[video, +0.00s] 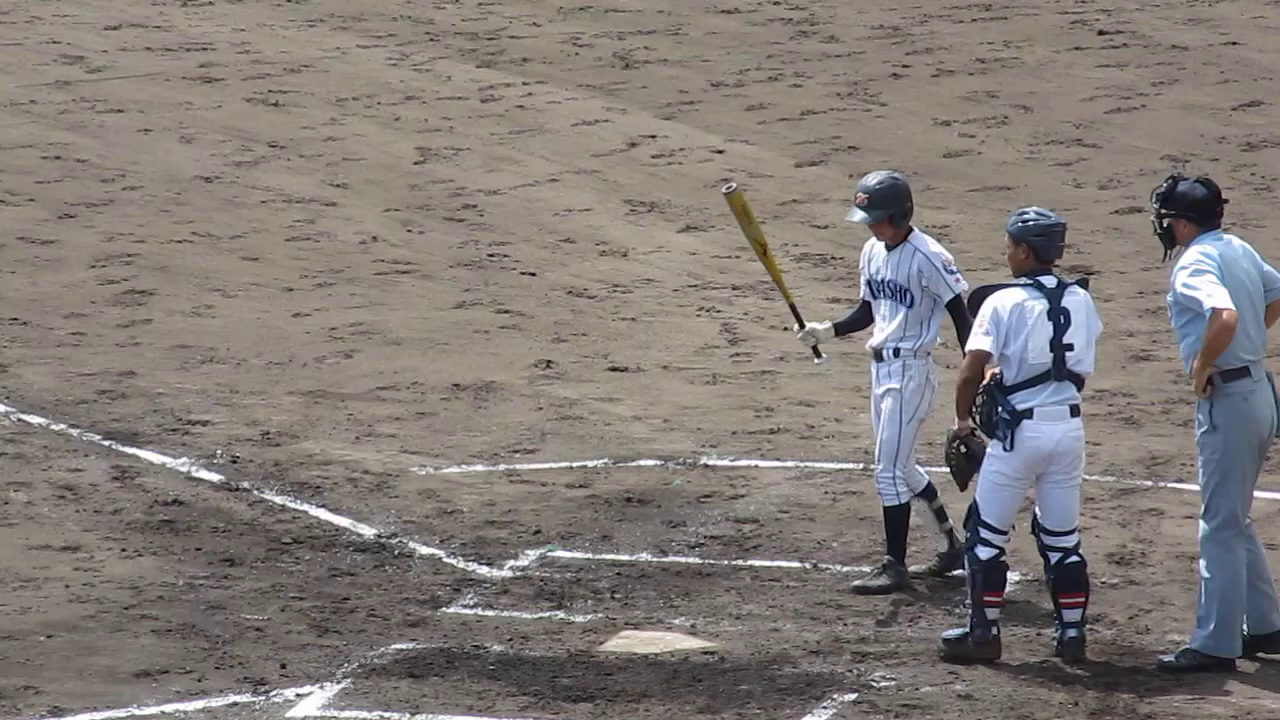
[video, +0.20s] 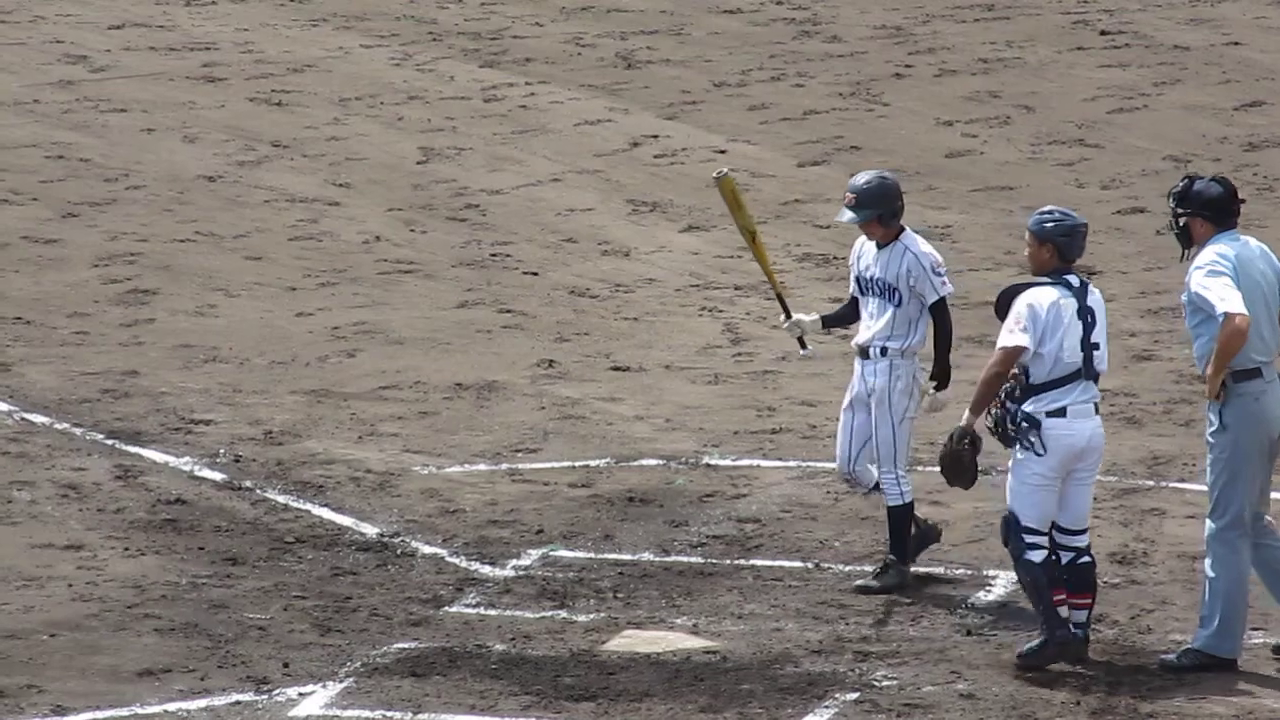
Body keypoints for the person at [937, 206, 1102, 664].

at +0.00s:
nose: (1006, 251)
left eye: (1010, 244)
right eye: (1009, 243)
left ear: (1025, 250)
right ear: (1052, 252)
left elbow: (974, 368)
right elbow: (1078, 372)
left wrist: (963, 416)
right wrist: (1010, 379)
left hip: (1019, 432)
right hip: (1070, 431)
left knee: (987, 534)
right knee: (1062, 538)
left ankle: (983, 633)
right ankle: (1072, 635)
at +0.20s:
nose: (1026, 249)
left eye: (1032, 243)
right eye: (1028, 241)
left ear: (1052, 250)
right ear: (1067, 251)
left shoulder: (1032, 300)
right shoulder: (1093, 296)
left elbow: (1003, 363)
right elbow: (1091, 367)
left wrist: (971, 417)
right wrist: (1026, 388)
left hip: (1046, 430)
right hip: (1088, 425)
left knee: (1023, 532)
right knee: (1074, 536)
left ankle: (1054, 629)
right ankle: (1077, 633)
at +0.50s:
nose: (1040, 253)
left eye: (1046, 247)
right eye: (1042, 245)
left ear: (1066, 254)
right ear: (1077, 254)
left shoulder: (1063, 301)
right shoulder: (1098, 293)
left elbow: (1054, 362)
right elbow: (1104, 368)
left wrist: (1022, 410)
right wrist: (1051, 411)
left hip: (1078, 433)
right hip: (1106, 426)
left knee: (1084, 539)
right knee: (1071, 530)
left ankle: (1121, 635)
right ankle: (1078, 628)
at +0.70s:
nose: (1042, 264)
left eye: (1048, 258)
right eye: (1045, 257)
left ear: (1068, 265)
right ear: (1080, 263)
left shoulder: (1074, 318)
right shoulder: (1107, 294)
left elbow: (1086, 383)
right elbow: (1137, 343)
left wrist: (1064, 437)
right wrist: (1104, 383)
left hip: (1095, 442)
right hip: (1123, 434)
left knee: (1104, 548)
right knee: (1075, 529)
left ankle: (1131, 644)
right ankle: (1080, 630)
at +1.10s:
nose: (1055, 279)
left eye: (1062, 274)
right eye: (1059, 273)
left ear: (1081, 285)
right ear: (1091, 282)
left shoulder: (1085, 342)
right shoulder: (1123, 311)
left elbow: (1088, 412)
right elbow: (1150, 364)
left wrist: (1062, 463)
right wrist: (1137, 415)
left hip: (1110, 462)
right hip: (1141, 450)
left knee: (1114, 561)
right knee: (1129, 550)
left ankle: (1130, 660)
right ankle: (1152, 639)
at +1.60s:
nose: (1079, 327)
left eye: (1086, 321)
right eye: (1083, 320)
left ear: (1107, 331)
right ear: (1118, 328)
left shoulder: (1105, 382)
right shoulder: (1153, 361)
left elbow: (1115, 443)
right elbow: (1179, 425)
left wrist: (1095, 499)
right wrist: (1178, 477)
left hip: (1131, 509)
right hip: (1169, 498)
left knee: (1120, 613)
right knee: (1157, 606)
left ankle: (1131, 707)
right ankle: (1172, 699)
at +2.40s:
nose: (1123, 334)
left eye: (1128, 327)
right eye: (1124, 326)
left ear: (1147, 332)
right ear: (1158, 333)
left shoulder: (1162, 388)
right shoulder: (1169, 376)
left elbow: (1163, 461)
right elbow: (1150, 438)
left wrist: (1131, 519)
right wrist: (1120, 465)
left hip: (1167, 514)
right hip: (1176, 508)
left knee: (1151, 615)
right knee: (1168, 611)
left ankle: (1175, 708)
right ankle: (1172, 701)